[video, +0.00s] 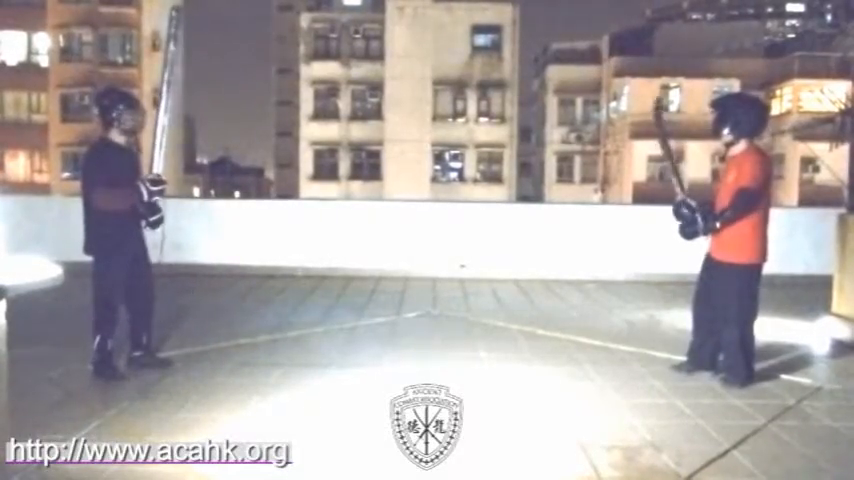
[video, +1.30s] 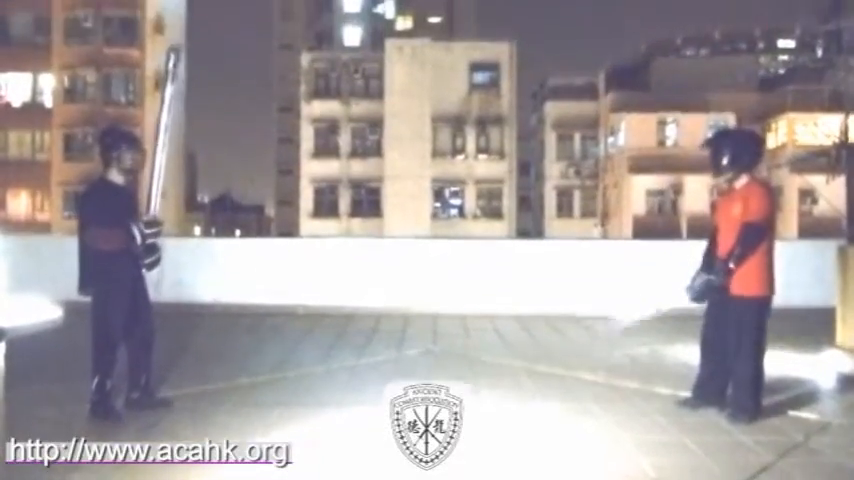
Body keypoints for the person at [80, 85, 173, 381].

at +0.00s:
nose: (136, 119)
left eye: (137, 114)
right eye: (130, 114)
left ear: (135, 117)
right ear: (114, 116)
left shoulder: (129, 154)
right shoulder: (99, 155)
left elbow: (127, 191)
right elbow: (99, 198)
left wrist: (146, 192)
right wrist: (139, 198)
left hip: (131, 236)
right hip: (106, 239)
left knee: (141, 290)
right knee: (107, 296)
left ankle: (141, 348)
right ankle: (102, 354)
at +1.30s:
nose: (136, 159)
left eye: (137, 153)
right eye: (130, 153)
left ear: (131, 156)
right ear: (114, 154)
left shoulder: (126, 193)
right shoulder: (96, 194)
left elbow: (127, 232)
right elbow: (94, 237)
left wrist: (146, 233)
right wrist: (132, 241)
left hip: (130, 272)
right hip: (106, 275)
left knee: (142, 329)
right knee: (107, 335)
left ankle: (140, 390)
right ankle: (100, 396)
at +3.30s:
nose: (152, 174)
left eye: (152, 168)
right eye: (147, 167)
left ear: (138, 172)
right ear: (130, 171)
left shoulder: (143, 210)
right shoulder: (112, 211)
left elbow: (143, 249)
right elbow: (113, 258)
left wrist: (161, 258)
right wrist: (154, 253)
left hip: (144, 290)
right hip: (119, 292)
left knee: (156, 344)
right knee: (122, 349)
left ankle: (153, 404)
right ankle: (114, 410)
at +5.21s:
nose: (141, 170)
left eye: (141, 164)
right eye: (135, 164)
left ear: (133, 167)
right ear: (119, 167)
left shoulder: (133, 204)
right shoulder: (102, 206)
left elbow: (134, 239)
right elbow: (104, 252)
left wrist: (152, 239)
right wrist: (144, 252)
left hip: (137, 286)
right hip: (112, 289)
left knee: (148, 339)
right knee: (115, 345)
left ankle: (147, 398)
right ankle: (108, 405)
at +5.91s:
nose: (139, 155)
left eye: (139, 149)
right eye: (134, 149)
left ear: (121, 151)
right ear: (118, 151)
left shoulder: (127, 189)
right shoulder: (103, 191)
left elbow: (128, 227)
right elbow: (107, 235)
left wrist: (148, 231)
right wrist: (144, 233)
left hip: (135, 273)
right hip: (112, 276)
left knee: (146, 326)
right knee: (113, 332)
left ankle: (145, 383)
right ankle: (107, 390)